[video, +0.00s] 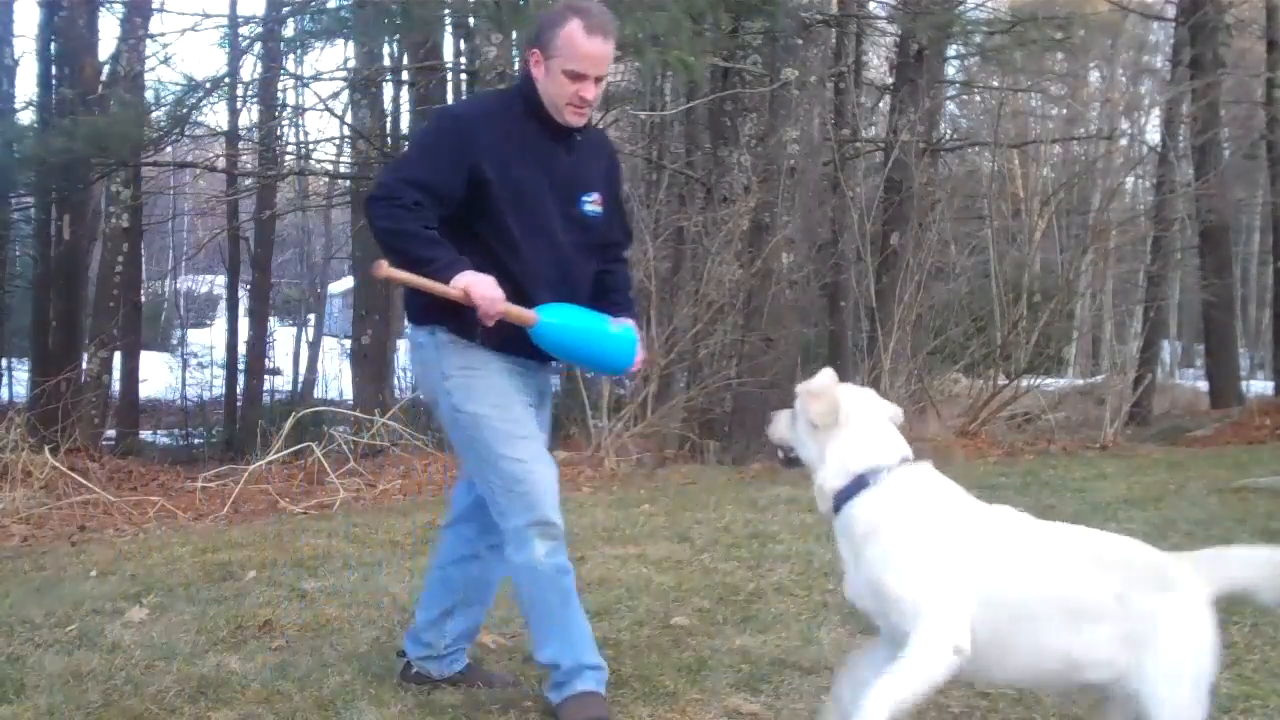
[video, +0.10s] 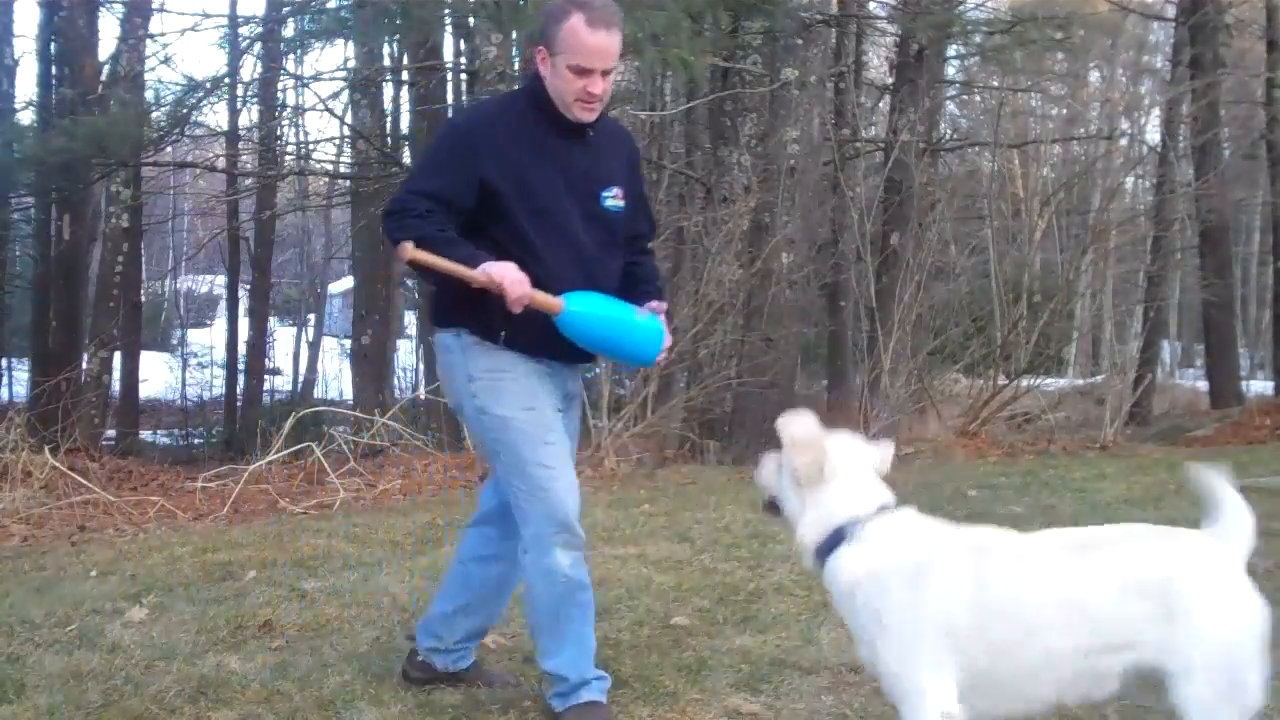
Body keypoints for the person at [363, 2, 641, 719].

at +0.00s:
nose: (589, 93)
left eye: (601, 79)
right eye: (575, 77)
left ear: (611, 74)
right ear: (536, 63)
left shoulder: (597, 153)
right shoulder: (470, 125)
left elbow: (608, 256)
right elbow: (392, 202)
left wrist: (621, 321)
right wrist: (455, 273)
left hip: (539, 355)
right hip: (463, 347)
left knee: (486, 509)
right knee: (534, 506)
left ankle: (433, 655)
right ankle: (576, 682)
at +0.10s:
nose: (594, 87)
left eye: (606, 73)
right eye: (580, 71)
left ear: (618, 68)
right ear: (541, 61)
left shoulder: (616, 146)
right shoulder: (482, 129)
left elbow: (633, 247)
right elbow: (407, 217)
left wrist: (647, 303)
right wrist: (479, 265)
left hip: (567, 356)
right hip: (486, 349)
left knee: (513, 508)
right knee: (554, 506)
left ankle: (440, 653)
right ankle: (578, 691)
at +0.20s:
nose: (601, 78)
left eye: (613, 62)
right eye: (585, 63)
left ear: (625, 52)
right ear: (548, 52)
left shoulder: (639, 136)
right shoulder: (495, 125)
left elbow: (662, 233)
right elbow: (422, 219)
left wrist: (671, 293)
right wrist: (498, 251)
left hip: (597, 356)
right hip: (510, 353)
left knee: (597, 513)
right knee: (555, 519)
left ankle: (470, 623)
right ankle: (575, 691)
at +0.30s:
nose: (605, 67)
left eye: (618, 51)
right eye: (588, 52)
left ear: (633, 43)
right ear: (556, 45)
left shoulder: (658, 126)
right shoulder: (504, 118)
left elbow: (686, 228)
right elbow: (436, 212)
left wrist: (693, 289)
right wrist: (515, 226)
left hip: (622, 356)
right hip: (523, 354)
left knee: (650, 503)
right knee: (554, 526)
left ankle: (533, 604)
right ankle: (576, 693)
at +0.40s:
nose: (612, 56)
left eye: (625, 40)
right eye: (596, 41)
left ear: (643, 33)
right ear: (563, 35)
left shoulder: (673, 119)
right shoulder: (513, 110)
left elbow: (707, 217)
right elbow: (454, 213)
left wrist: (706, 280)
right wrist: (517, 202)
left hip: (645, 356)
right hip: (537, 357)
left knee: (681, 500)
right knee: (557, 528)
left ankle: (613, 638)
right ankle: (576, 689)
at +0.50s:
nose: (617, 48)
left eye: (632, 31)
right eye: (601, 32)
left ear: (652, 26)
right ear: (572, 27)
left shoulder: (687, 112)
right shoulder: (519, 107)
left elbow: (728, 215)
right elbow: (465, 207)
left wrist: (717, 275)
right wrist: (522, 203)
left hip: (662, 354)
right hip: (548, 358)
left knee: (700, 516)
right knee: (558, 530)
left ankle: (685, 684)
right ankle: (576, 687)